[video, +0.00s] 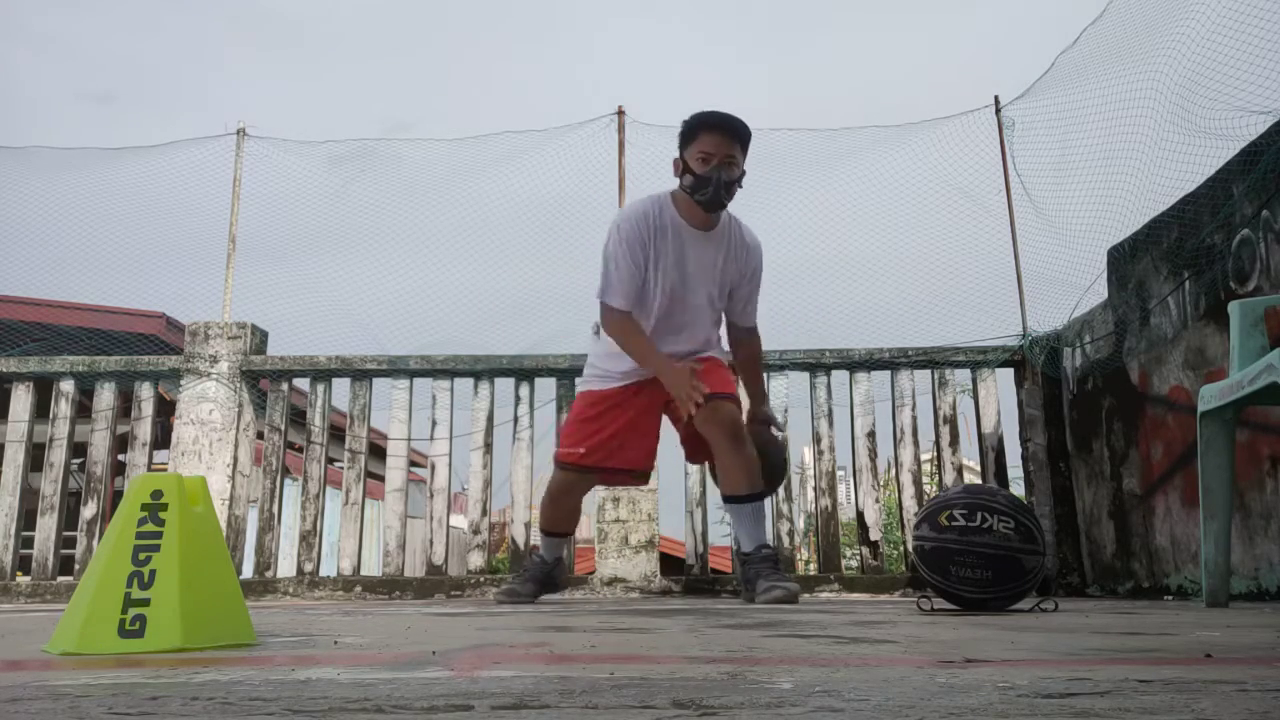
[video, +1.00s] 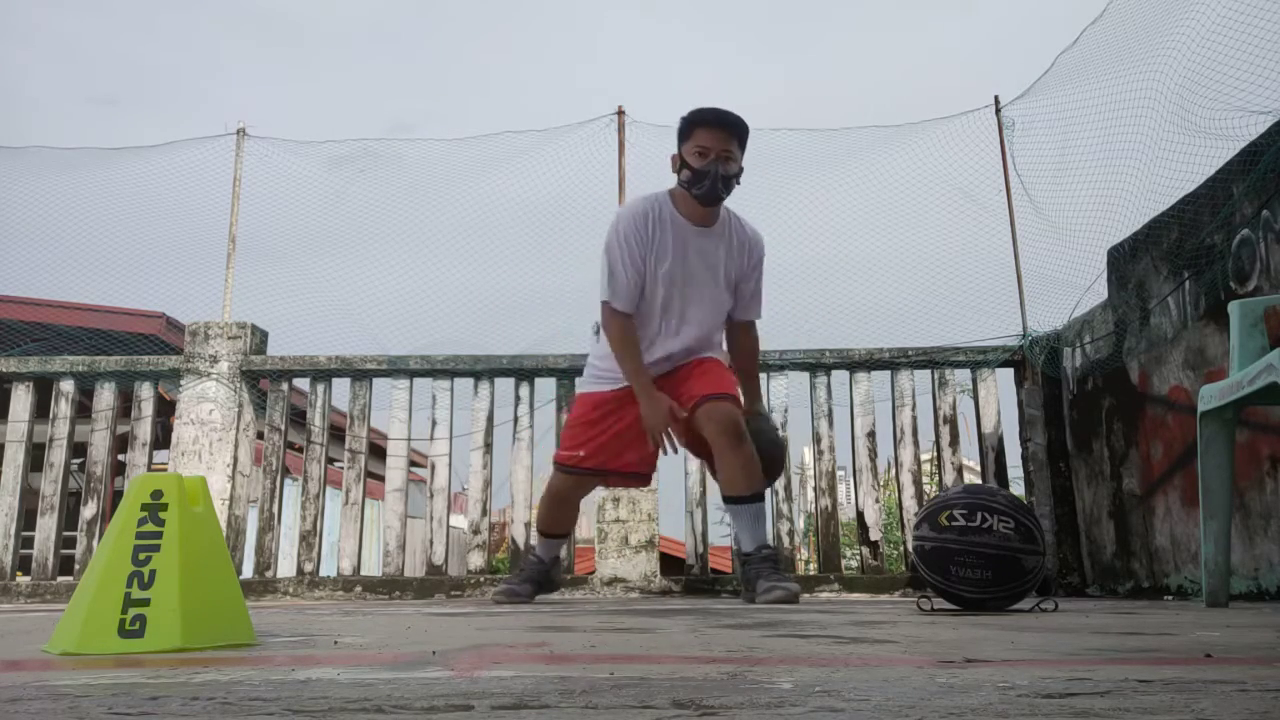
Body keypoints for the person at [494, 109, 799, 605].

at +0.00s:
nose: (718, 174)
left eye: (730, 164)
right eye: (706, 160)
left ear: (742, 174)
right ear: (681, 164)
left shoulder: (743, 246)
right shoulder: (636, 223)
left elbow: (745, 331)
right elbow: (615, 316)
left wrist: (759, 405)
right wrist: (665, 369)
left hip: (696, 362)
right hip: (622, 362)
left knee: (729, 426)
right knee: (571, 470)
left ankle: (757, 563)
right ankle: (547, 564)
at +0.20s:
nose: (731, 174)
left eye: (743, 164)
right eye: (719, 160)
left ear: (756, 170)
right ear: (695, 160)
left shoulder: (758, 236)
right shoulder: (653, 221)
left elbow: (791, 303)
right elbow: (646, 317)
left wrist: (842, 338)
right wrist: (709, 353)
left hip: (697, 359)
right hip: (627, 361)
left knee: (727, 424)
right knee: (592, 465)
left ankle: (759, 563)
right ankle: (549, 554)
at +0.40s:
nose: (688, 158)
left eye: (700, 148)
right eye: (677, 145)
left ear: (716, 155)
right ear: (656, 148)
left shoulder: (728, 221)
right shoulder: (620, 214)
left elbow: (723, 311)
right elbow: (629, 310)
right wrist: (649, 390)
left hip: (689, 355)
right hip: (618, 357)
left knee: (725, 430)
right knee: (571, 460)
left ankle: (761, 563)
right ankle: (542, 565)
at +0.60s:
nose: (642, 171)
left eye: (655, 161)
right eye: (631, 159)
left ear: (674, 169)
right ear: (613, 164)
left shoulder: (699, 235)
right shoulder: (584, 229)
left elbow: (724, 320)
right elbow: (548, 304)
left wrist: (711, 369)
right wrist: (499, 346)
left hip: (680, 365)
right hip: (605, 370)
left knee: (699, 425)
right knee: (542, 447)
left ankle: (756, 561)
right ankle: (540, 569)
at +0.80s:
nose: (657, 165)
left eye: (671, 154)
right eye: (646, 152)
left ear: (691, 164)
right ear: (629, 157)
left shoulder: (713, 233)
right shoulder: (592, 225)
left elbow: (734, 319)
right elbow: (569, 309)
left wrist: (747, 397)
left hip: (682, 362)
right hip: (604, 369)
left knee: (702, 425)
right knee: (550, 452)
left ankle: (755, 562)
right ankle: (541, 568)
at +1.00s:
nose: (713, 169)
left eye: (726, 159)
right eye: (701, 155)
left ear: (739, 169)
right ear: (678, 160)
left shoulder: (745, 243)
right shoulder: (637, 220)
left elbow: (743, 330)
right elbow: (616, 315)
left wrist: (755, 412)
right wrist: (646, 391)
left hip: (693, 362)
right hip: (620, 363)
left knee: (728, 422)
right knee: (569, 475)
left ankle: (758, 564)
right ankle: (542, 565)